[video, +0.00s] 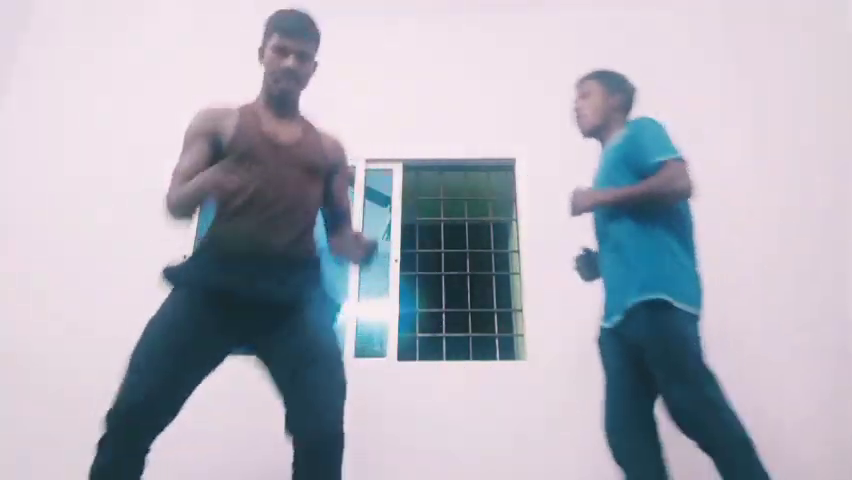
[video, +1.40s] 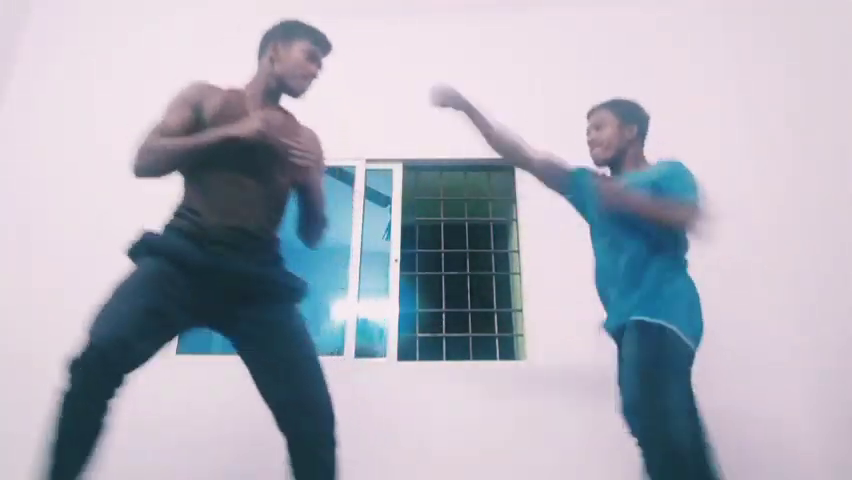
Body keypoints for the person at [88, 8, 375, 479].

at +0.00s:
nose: (290, 64)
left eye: (301, 56)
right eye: (281, 52)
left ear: (314, 66)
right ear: (262, 54)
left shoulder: (329, 151)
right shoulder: (215, 124)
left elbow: (339, 231)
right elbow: (176, 204)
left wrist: (354, 245)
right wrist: (209, 180)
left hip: (292, 302)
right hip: (211, 293)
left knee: (322, 431)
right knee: (131, 418)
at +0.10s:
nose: (301, 42)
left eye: (312, 35)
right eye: (292, 29)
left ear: (321, 45)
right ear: (271, 29)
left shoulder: (333, 122)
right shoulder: (226, 95)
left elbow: (342, 198)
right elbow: (193, 165)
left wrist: (355, 213)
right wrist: (256, 139)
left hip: (303, 271)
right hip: (226, 263)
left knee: (337, 376)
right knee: (157, 389)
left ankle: (327, 476)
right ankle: (115, 477)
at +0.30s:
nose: (337, 67)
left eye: (340, 58)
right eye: (330, 54)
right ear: (293, 53)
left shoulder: (341, 139)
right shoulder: (240, 109)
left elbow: (358, 228)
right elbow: (231, 154)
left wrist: (377, 209)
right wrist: (307, 110)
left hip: (324, 296)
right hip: (251, 290)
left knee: (366, 427)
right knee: (194, 415)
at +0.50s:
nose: (336, 76)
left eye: (338, 69)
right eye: (329, 65)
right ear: (291, 64)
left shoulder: (333, 150)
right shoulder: (233, 120)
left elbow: (349, 235)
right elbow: (225, 174)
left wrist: (353, 196)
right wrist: (294, 122)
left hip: (309, 302)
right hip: (236, 295)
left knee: (358, 446)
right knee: (164, 394)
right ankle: (139, 477)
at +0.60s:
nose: (315, 53)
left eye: (317, 44)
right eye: (308, 39)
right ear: (270, 36)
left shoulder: (314, 117)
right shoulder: (211, 88)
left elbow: (336, 210)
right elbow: (173, 149)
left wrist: (324, 156)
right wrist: (258, 107)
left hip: (283, 277)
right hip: (206, 264)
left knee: (330, 427)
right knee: (120, 372)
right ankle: (62, 475)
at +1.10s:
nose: (316, 66)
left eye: (318, 58)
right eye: (308, 53)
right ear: (271, 52)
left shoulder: (311, 141)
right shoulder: (213, 111)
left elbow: (329, 235)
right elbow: (174, 180)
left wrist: (329, 188)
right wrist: (259, 142)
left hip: (289, 297)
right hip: (213, 289)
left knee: (358, 430)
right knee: (135, 389)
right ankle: (118, 476)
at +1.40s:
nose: (317, 68)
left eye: (321, 62)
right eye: (311, 55)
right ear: (273, 50)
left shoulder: (302, 139)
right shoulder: (204, 98)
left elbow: (312, 234)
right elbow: (145, 161)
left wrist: (312, 181)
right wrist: (232, 133)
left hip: (257, 278)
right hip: (180, 265)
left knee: (313, 422)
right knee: (97, 362)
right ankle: (61, 475)